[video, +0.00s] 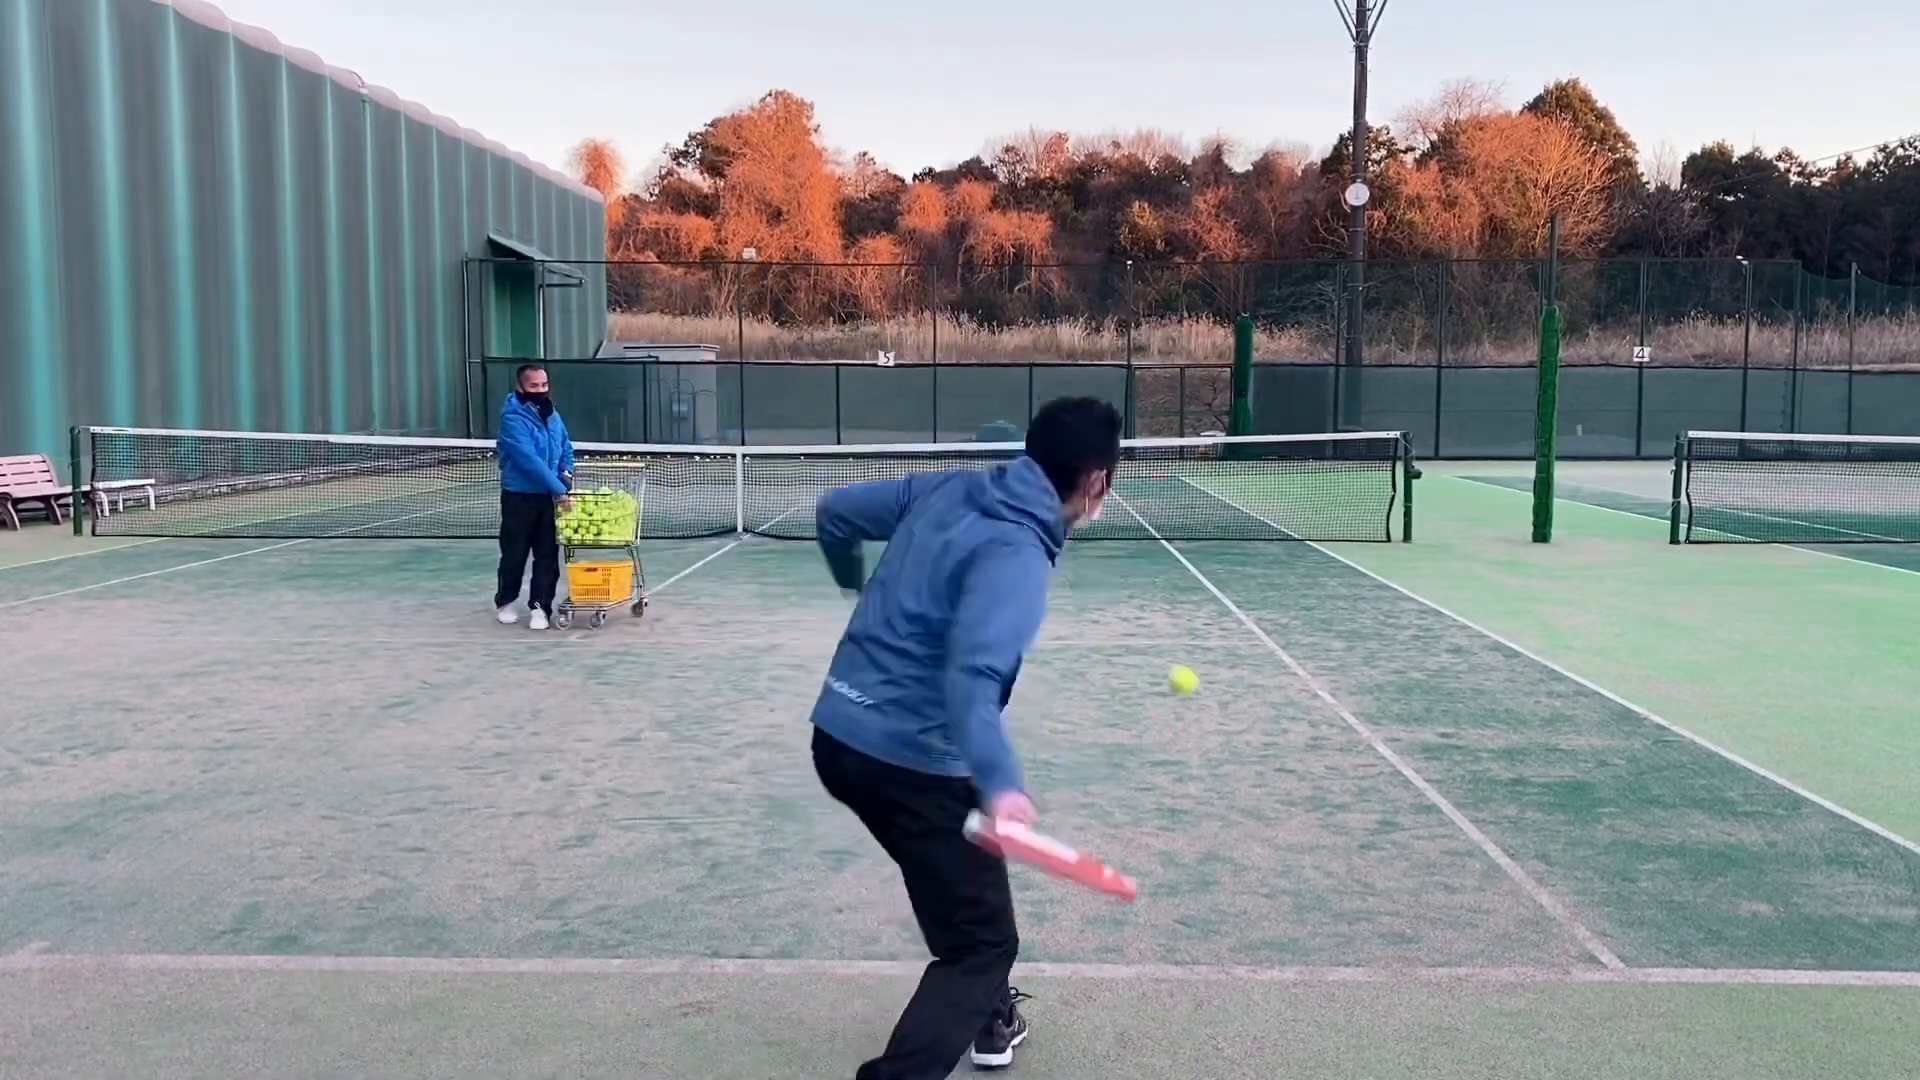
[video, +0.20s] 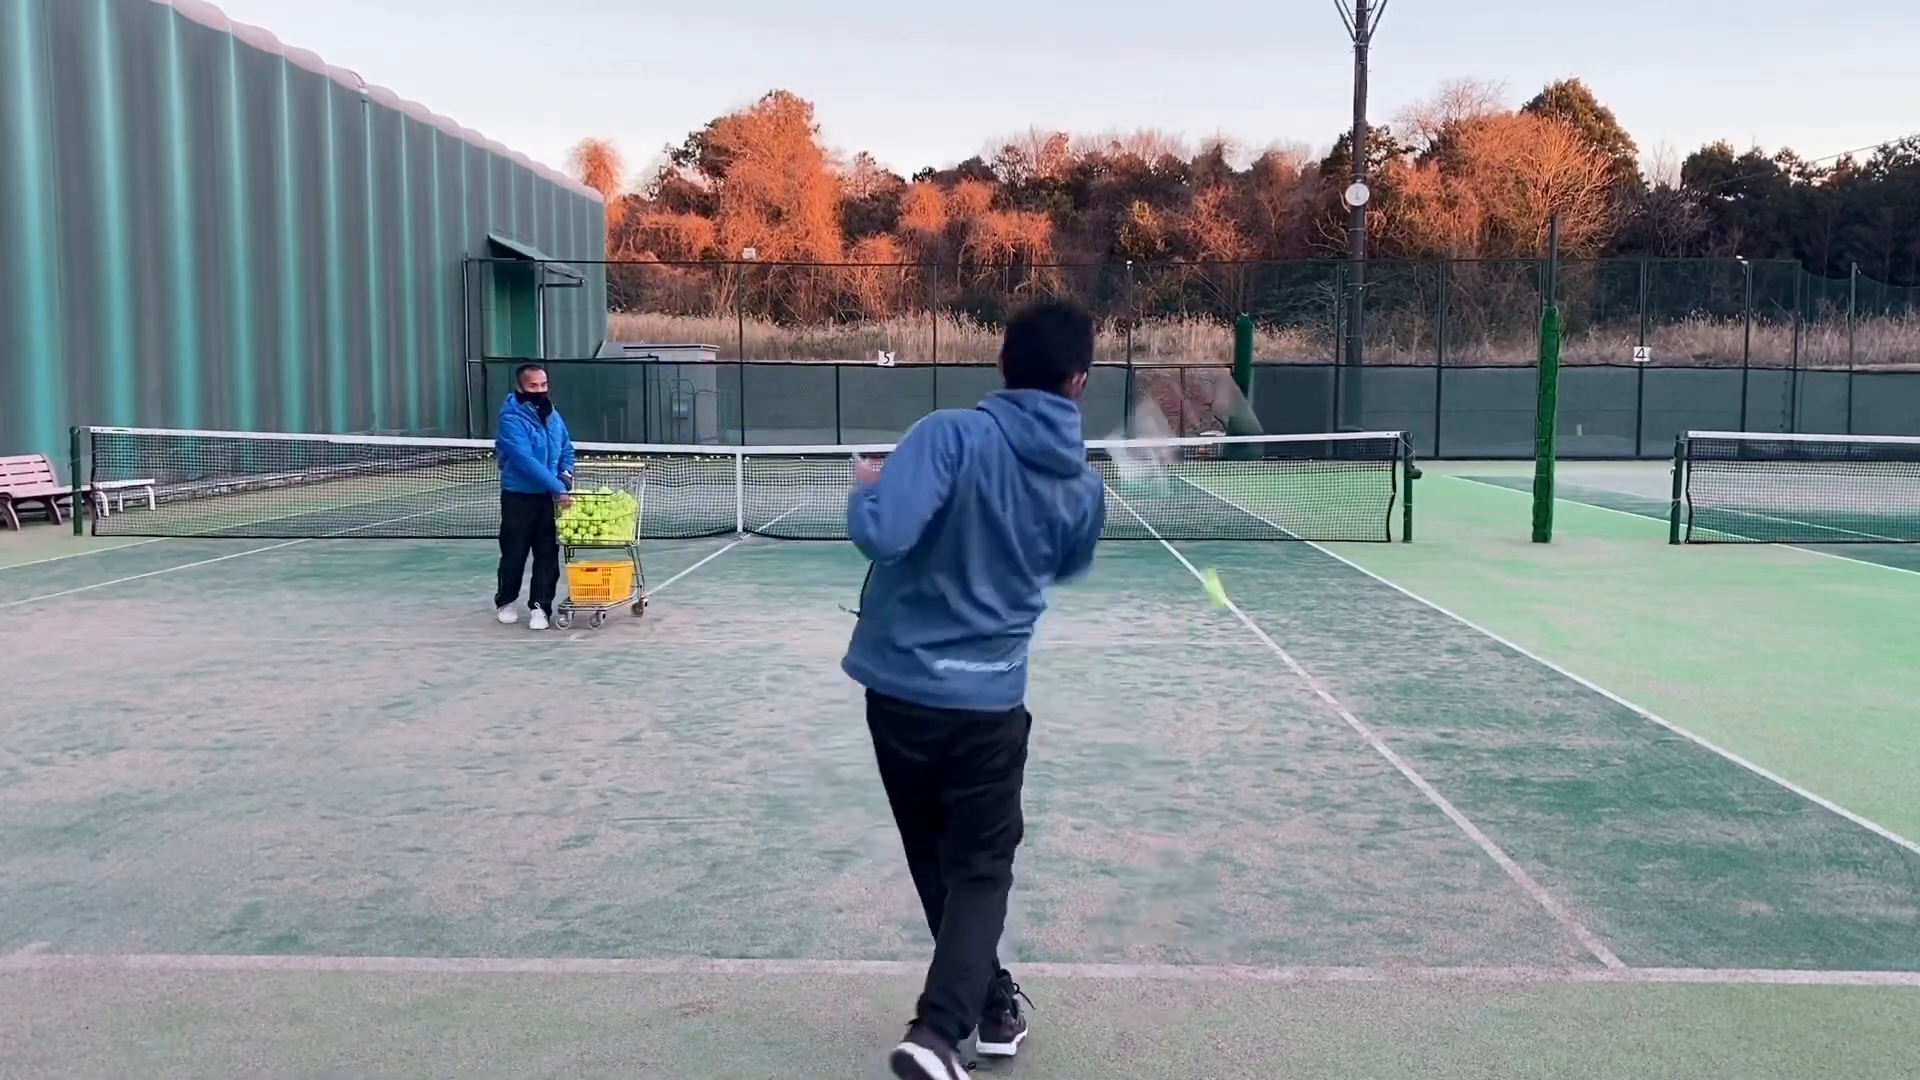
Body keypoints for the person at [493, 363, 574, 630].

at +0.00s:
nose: (541, 389)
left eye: (544, 384)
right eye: (534, 385)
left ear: (548, 384)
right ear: (521, 387)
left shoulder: (552, 413)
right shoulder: (512, 418)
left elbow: (566, 447)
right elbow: (527, 459)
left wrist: (566, 470)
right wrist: (558, 488)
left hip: (549, 492)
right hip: (519, 493)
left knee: (547, 554)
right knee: (515, 552)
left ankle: (540, 608)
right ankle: (506, 602)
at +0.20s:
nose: (541, 390)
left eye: (544, 385)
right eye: (534, 386)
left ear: (547, 384)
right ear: (520, 387)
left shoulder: (552, 413)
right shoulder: (511, 417)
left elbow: (567, 447)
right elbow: (523, 458)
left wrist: (566, 470)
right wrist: (557, 487)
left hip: (548, 492)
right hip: (519, 493)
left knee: (547, 554)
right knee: (514, 552)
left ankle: (540, 607)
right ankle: (506, 602)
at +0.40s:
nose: (539, 390)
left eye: (543, 385)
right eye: (533, 385)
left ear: (546, 384)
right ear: (519, 386)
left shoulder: (552, 414)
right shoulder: (509, 417)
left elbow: (567, 447)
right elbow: (521, 458)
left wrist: (567, 469)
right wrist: (556, 486)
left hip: (548, 492)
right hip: (518, 494)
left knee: (547, 553)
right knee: (514, 552)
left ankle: (541, 607)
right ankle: (506, 602)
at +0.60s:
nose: (537, 388)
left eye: (541, 383)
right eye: (531, 384)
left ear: (545, 383)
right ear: (518, 386)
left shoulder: (553, 414)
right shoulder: (509, 417)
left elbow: (569, 448)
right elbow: (516, 459)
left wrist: (565, 474)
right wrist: (554, 481)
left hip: (547, 494)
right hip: (517, 495)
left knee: (547, 553)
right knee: (514, 552)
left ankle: (541, 607)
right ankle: (506, 602)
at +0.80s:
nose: (532, 388)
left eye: (537, 383)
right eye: (526, 384)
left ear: (543, 384)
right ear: (515, 386)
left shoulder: (553, 415)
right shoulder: (506, 417)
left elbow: (570, 449)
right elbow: (507, 461)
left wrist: (566, 473)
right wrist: (543, 476)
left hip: (546, 494)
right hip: (516, 495)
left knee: (546, 553)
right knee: (514, 552)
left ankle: (541, 607)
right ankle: (511, 602)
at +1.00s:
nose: (523, 389)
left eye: (527, 384)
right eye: (517, 384)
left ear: (535, 385)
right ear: (508, 387)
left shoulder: (549, 415)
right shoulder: (498, 418)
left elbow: (571, 449)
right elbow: (498, 460)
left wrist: (566, 473)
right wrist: (524, 472)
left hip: (543, 495)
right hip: (511, 496)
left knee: (544, 554)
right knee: (511, 553)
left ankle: (540, 607)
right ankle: (512, 602)